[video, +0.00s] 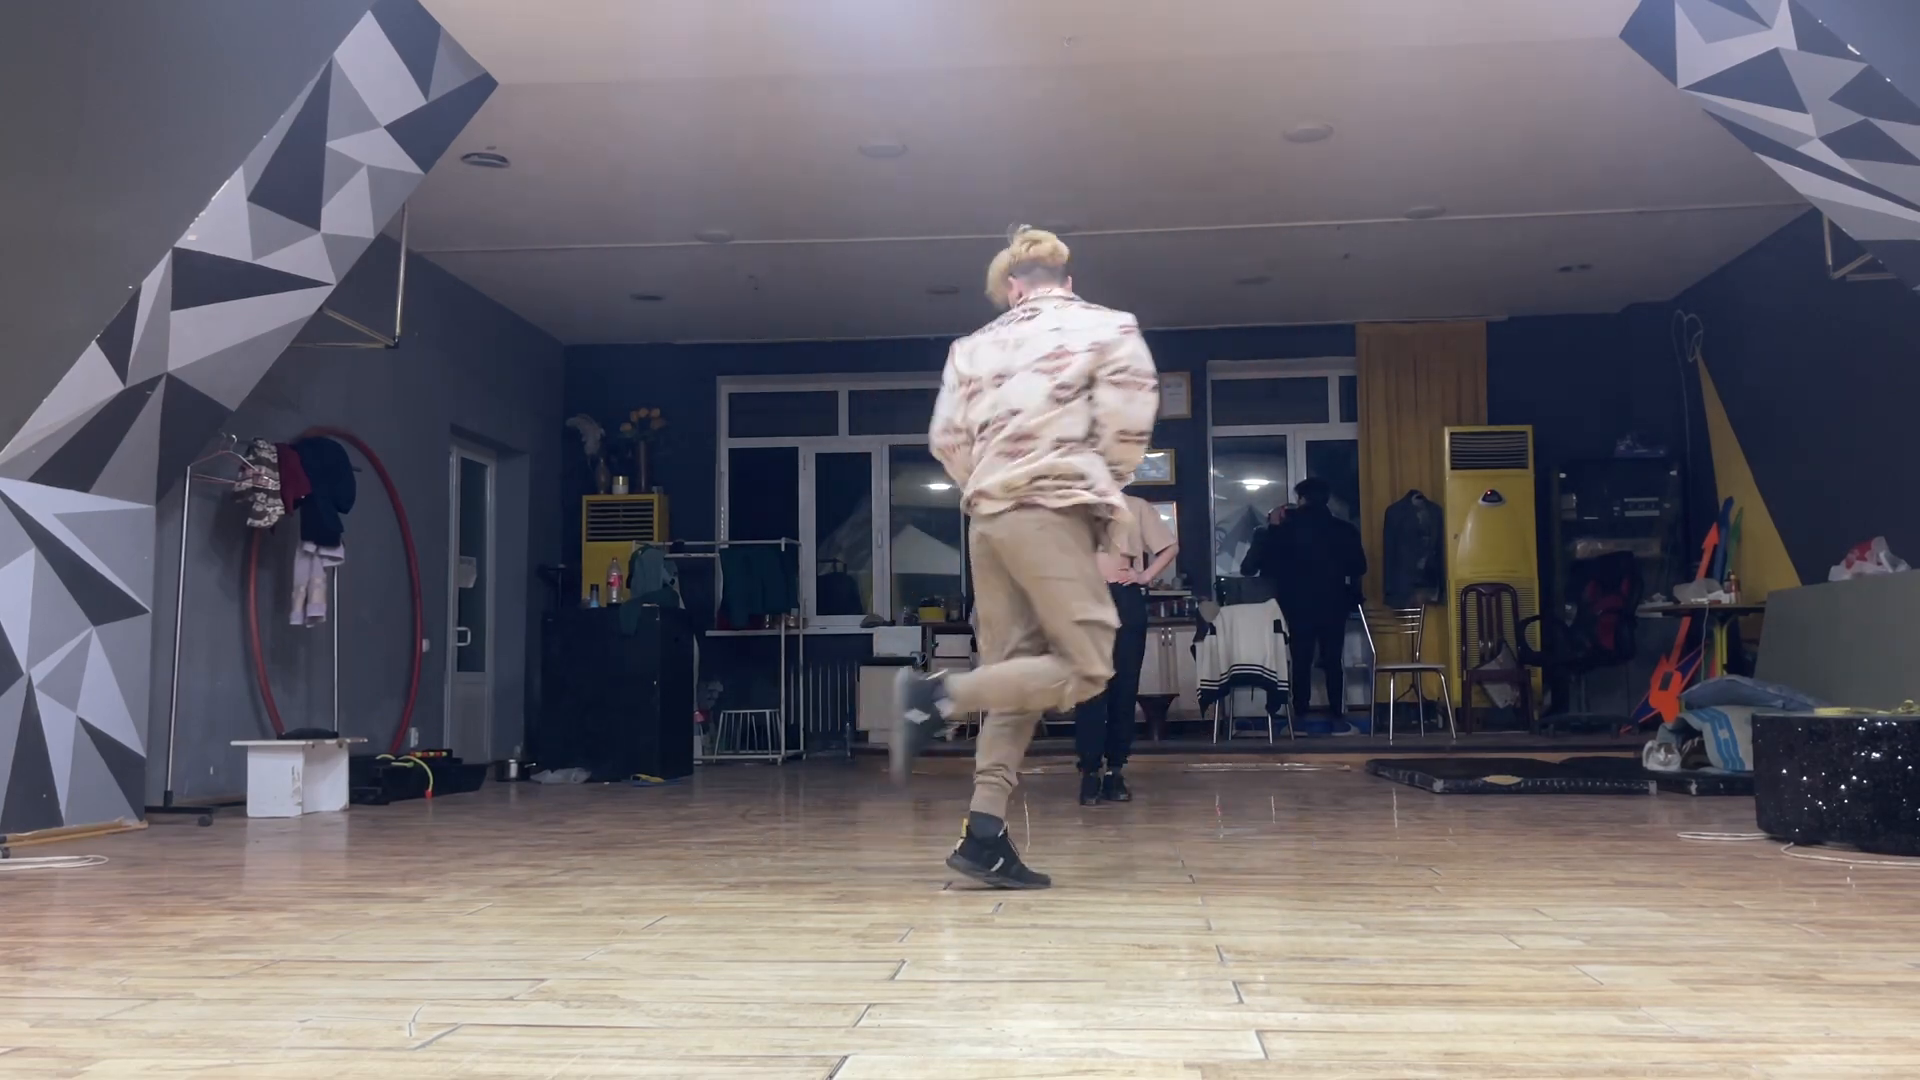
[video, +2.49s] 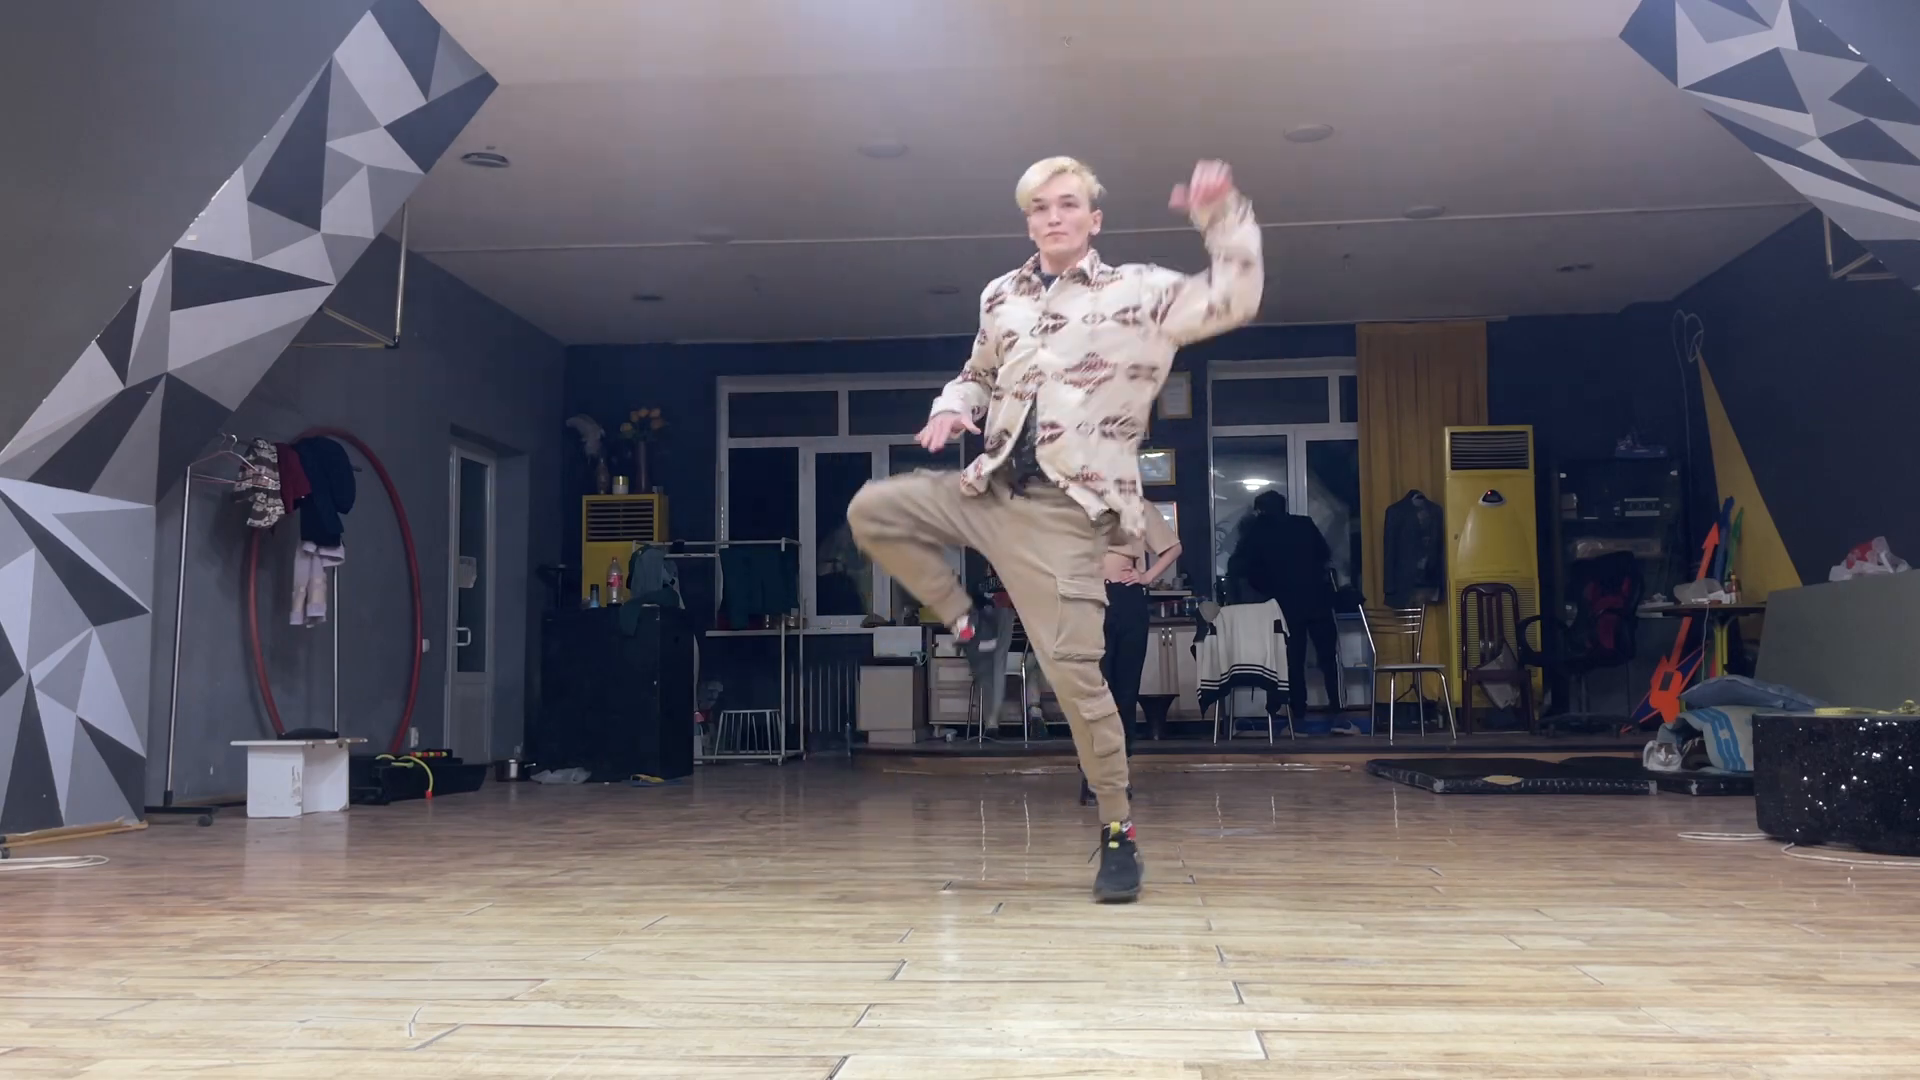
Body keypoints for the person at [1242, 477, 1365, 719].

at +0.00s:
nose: (1298, 503)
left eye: (1299, 499)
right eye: (1301, 499)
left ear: (1301, 500)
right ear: (1327, 500)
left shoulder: (1286, 528)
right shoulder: (1344, 529)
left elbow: (1250, 567)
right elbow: (1358, 568)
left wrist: (1270, 527)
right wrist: (1355, 597)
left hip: (1298, 605)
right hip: (1333, 604)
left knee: (1300, 661)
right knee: (1333, 661)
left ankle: (1300, 717)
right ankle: (1337, 718)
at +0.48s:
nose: (1297, 503)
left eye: (1298, 499)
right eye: (1297, 499)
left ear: (1301, 500)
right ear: (1325, 500)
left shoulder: (1285, 530)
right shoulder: (1344, 530)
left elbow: (1270, 567)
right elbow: (1357, 567)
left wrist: (1283, 594)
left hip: (1298, 605)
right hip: (1332, 605)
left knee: (1300, 661)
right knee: (1333, 661)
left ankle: (1299, 719)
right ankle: (1337, 719)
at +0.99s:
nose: (1290, 507)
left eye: (1290, 503)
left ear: (1289, 503)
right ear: (1313, 502)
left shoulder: (1279, 528)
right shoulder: (1333, 526)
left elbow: (1264, 567)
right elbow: (1351, 562)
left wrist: (1278, 590)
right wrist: (1353, 595)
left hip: (1294, 604)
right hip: (1329, 602)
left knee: (1299, 663)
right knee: (1331, 662)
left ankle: (1299, 718)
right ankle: (1336, 719)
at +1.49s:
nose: (1270, 512)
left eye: (1271, 508)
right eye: (1271, 508)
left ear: (1274, 507)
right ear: (1296, 503)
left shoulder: (1268, 530)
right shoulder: (1318, 524)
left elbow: (1254, 568)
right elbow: (1334, 557)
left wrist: (1273, 590)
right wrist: (1311, 565)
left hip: (1289, 603)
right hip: (1323, 600)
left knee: (1297, 662)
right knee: (1329, 661)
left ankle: (1299, 718)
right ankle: (1336, 718)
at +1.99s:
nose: (1264, 513)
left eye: (1263, 509)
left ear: (1264, 509)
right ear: (1287, 505)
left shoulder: (1259, 532)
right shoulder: (1308, 523)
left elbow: (1251, 571)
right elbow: (1328, 555)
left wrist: (1271, 593)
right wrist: (1307, 561)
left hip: (1285, 604)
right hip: (1319, 599)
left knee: (1294, 663)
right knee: (1328, 660)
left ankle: (1297, 719)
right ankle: (1336, 716)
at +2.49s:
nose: (1258, 514)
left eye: (1258, 510)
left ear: (1259, 510)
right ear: (1283, 506)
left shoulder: (1255, 532)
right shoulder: (1304, 523)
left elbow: (1240, 568)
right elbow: (1324, 554)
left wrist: (1268, 589)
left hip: (1283, 602)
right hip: (1316, 598)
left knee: (1293, 660)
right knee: (1328, 657)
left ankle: (1297, 717)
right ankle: (1337, 714)